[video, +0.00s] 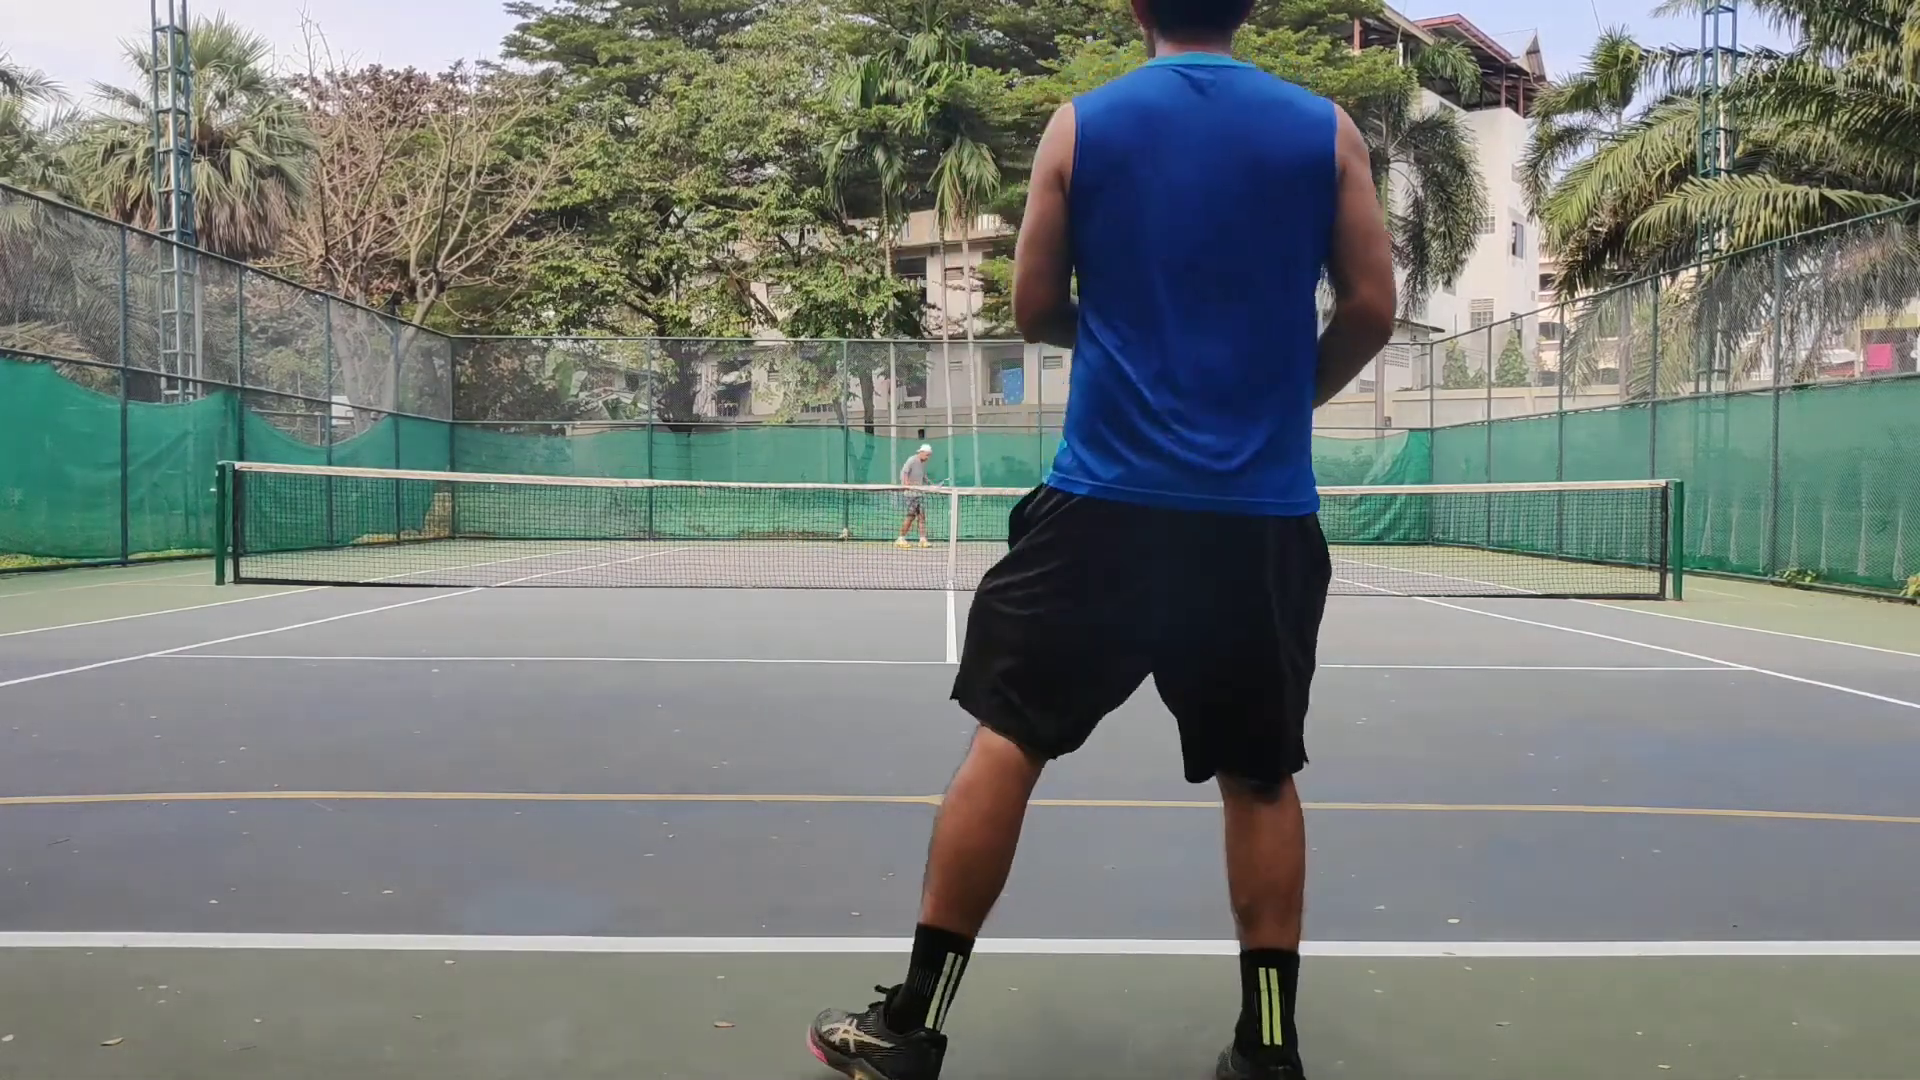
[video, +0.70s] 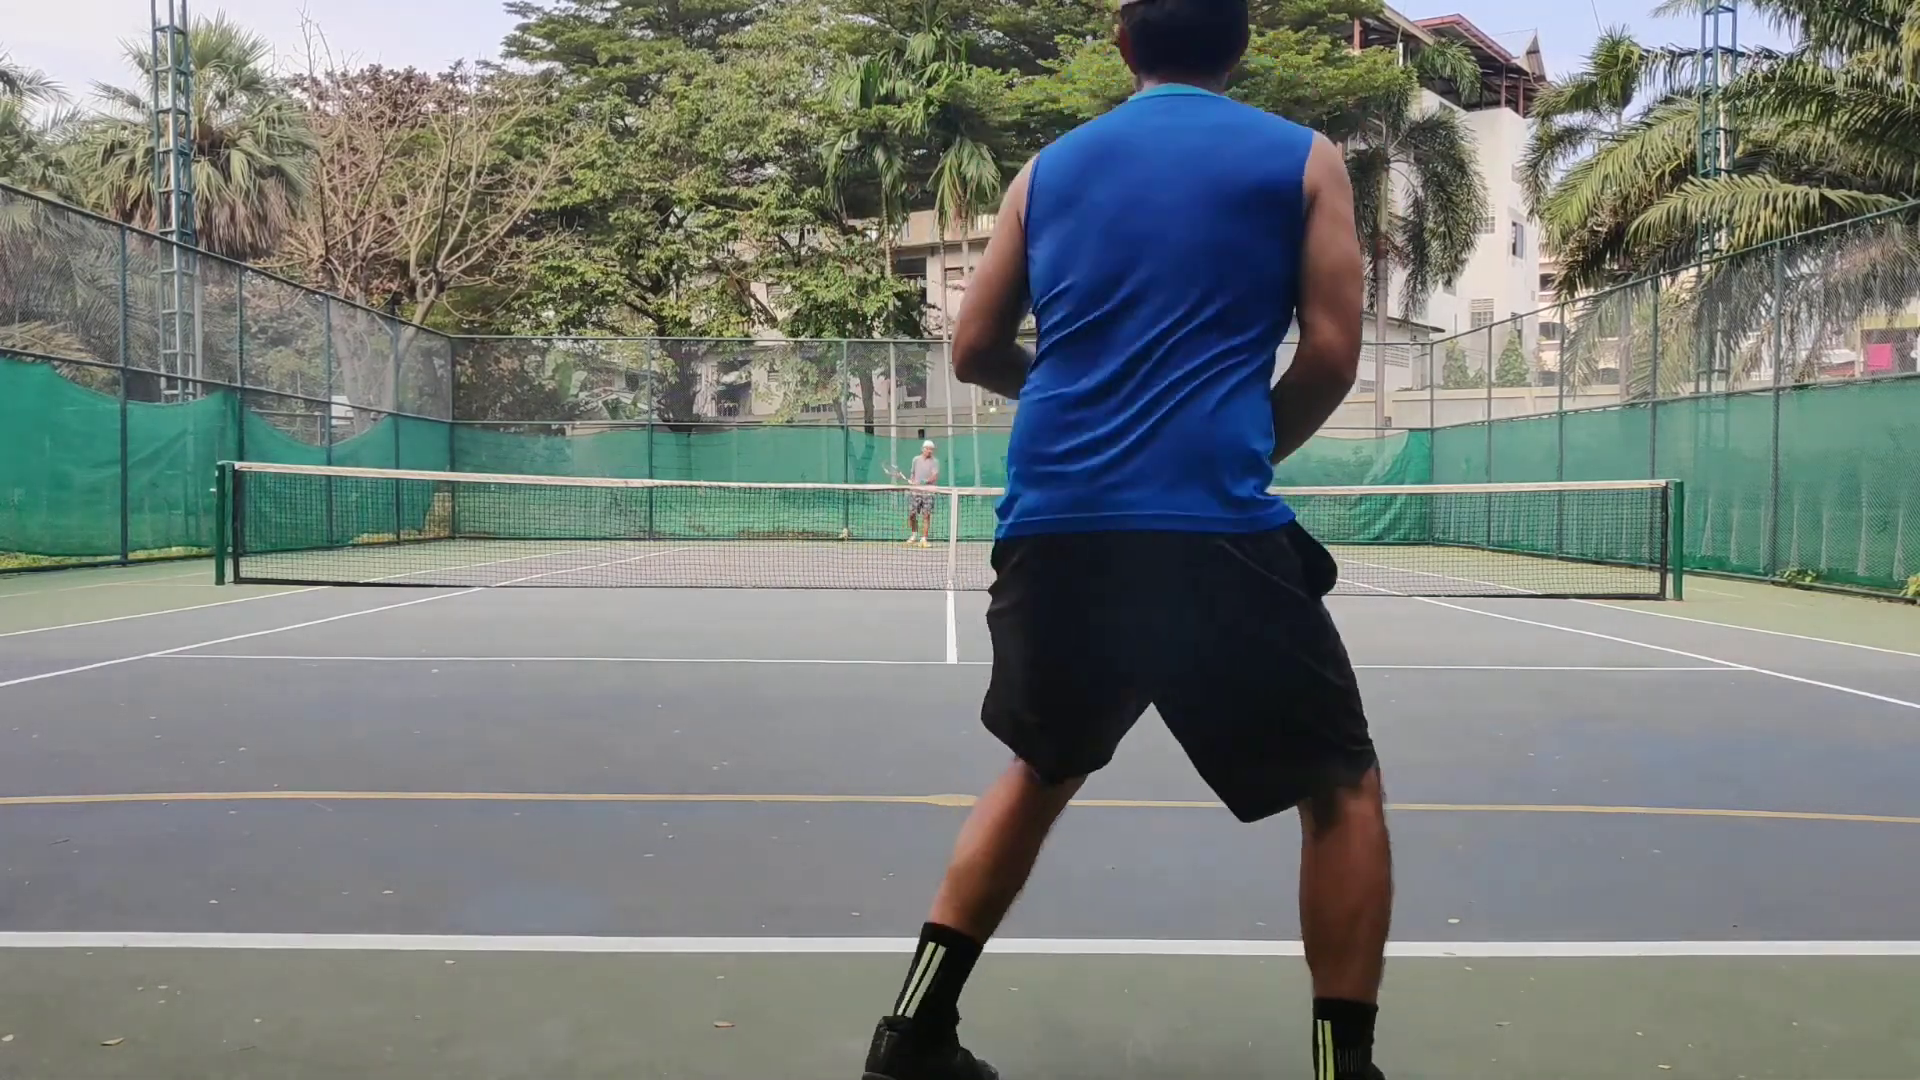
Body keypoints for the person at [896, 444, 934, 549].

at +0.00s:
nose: (927, 458)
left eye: (929, 455)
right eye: (927, 455)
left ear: (927, 455)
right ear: (921, 453)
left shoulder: (922, 462)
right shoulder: (912, 460)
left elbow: (922, 475)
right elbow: (904, 472)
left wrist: (930, 484)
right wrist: (906, 485)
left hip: (918, 491)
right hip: (910, 491)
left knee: (921, 516)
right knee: (912, 515)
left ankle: (923, 539)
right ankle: (901, 538)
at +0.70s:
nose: (929, 451)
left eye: (931, 449)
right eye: (927, 449)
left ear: (933, 450)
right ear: (923, 449)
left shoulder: (934, 461)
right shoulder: (916, 459)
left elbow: (935, 475)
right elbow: (913, 472)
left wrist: (926, 481)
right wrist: (912, 480)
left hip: (928, 490)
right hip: (916, 489)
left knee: (926, 514)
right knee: (912, 513)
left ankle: (924, 537)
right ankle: (914, 533)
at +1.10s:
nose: (923, 452)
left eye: (925, 450)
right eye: (921, 450)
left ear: (929, 451)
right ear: (918, 451)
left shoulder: (933, 462)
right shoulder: (913, 462)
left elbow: (936, 476)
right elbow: (910, 476)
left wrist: (934, 489)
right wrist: (910, 488)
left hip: (929, 492)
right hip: (917, 492)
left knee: (928, 514)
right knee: (917, 515)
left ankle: (927, 534)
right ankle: (918, 533)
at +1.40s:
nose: (927, 450)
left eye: (929, 448)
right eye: (925, 448)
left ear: (932, 449)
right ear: (921, 450)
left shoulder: (937, 460)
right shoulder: (917, 461)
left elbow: (943, 472)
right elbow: (910, 473)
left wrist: (948, 483)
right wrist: (911, 486)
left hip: (934, 490)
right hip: (921, 491)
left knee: (939, 514)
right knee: (921, 515)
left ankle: (941, 536)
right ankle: (920, 536)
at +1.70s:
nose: (939, 453)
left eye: (941, 451)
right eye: (937, 451)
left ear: (943, 452)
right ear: (933, 453)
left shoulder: (948, 464)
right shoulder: (928, 464)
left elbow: (951, 477)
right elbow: (924, 477)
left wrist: (951, 488)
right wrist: (925, 488)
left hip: (945, 491)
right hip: (932, 491)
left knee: (949, 515)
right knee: (928, 514)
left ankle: (950, 534)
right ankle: (921, 534)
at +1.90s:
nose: (946, 451)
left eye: (948, 449)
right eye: (944, 449)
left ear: (950, 450)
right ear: (940, 451)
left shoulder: (955, 461)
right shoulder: (935, 462)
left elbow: (959, 474)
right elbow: (933, 475)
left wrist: (957, 485)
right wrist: (934, 486)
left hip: (952, 490)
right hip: (939, 490)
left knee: (954, 513)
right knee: (937, 512)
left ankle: (954, 534)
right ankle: (934, 534)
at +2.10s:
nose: (948, 452)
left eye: (950, 450)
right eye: (946, 450)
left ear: (953, 452)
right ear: (942, 452)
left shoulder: (958, 463)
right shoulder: (938, 464)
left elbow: (963, 475)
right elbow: (934, 476)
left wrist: (961, 486)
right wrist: (937, 486)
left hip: (957, 490)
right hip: (943, 490)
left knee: (960, 513)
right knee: (942, 513)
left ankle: (958, 533)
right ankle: (940, 535)